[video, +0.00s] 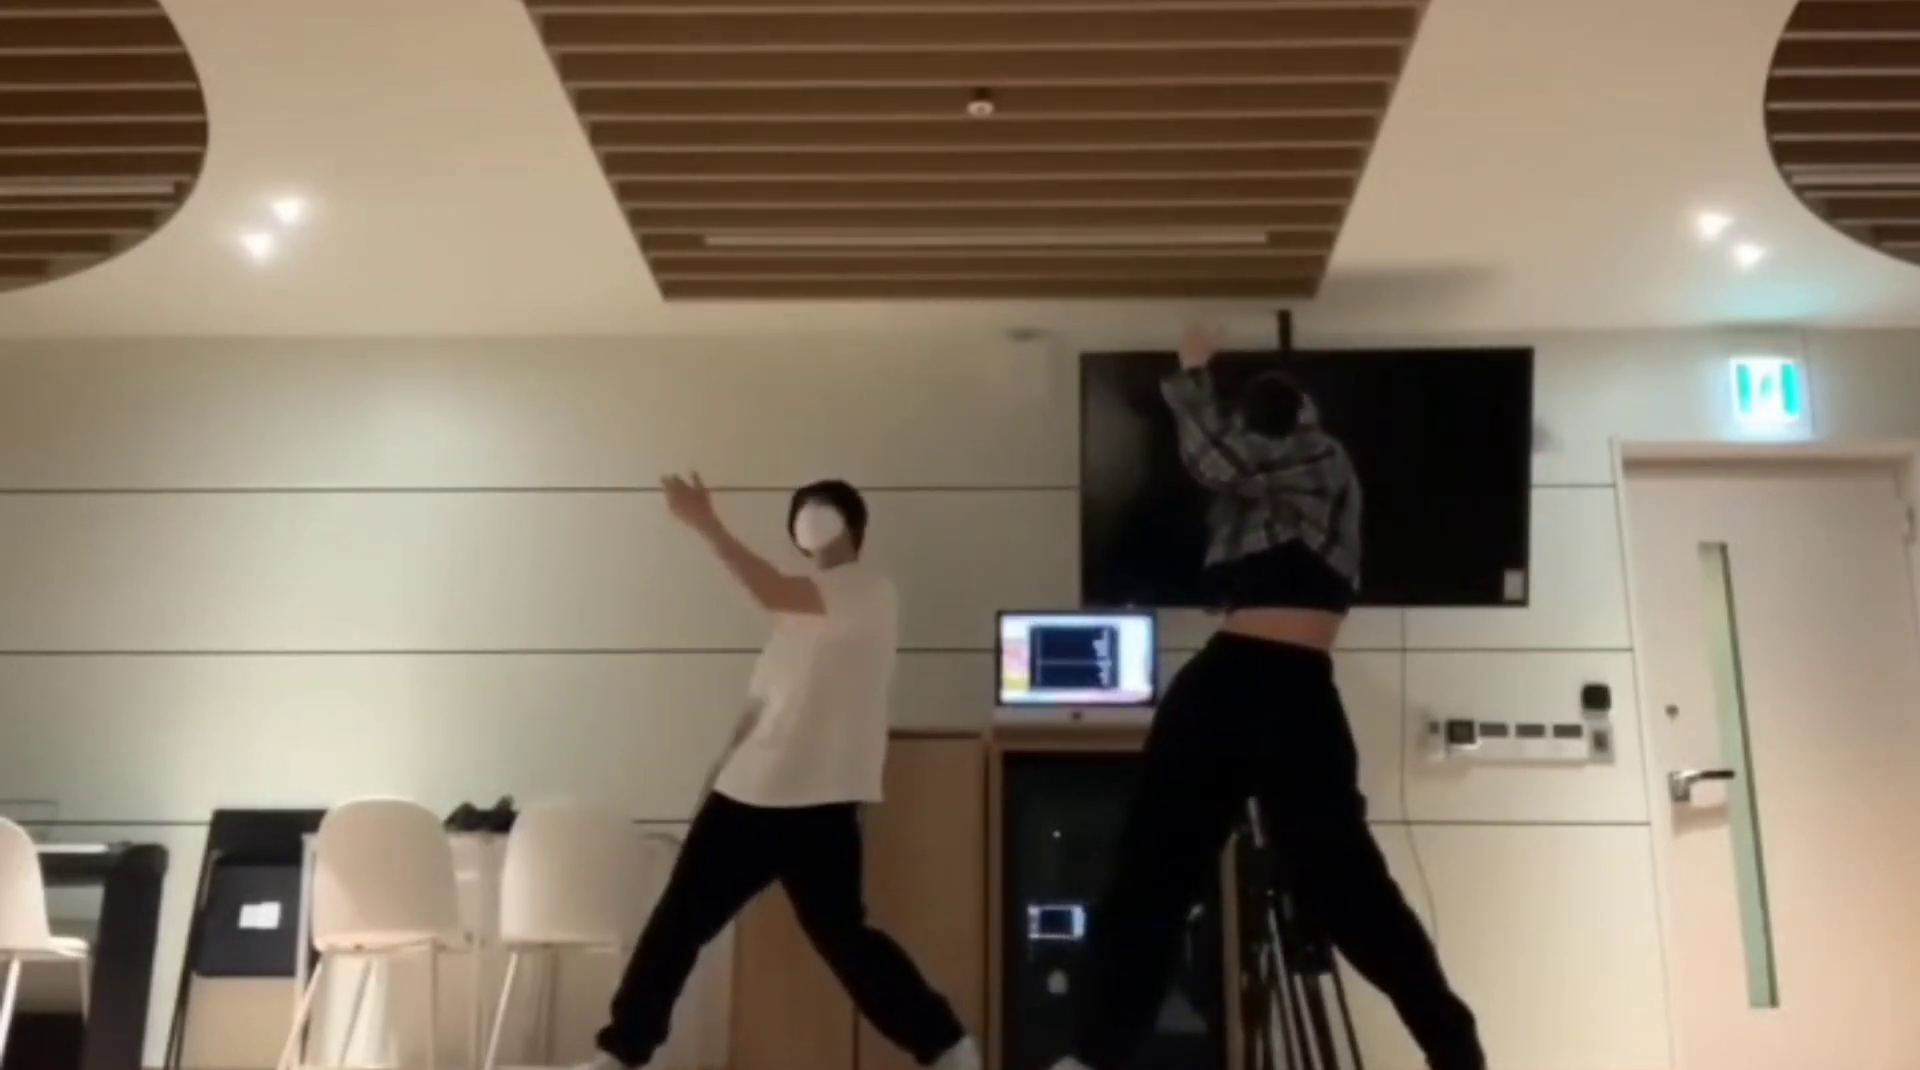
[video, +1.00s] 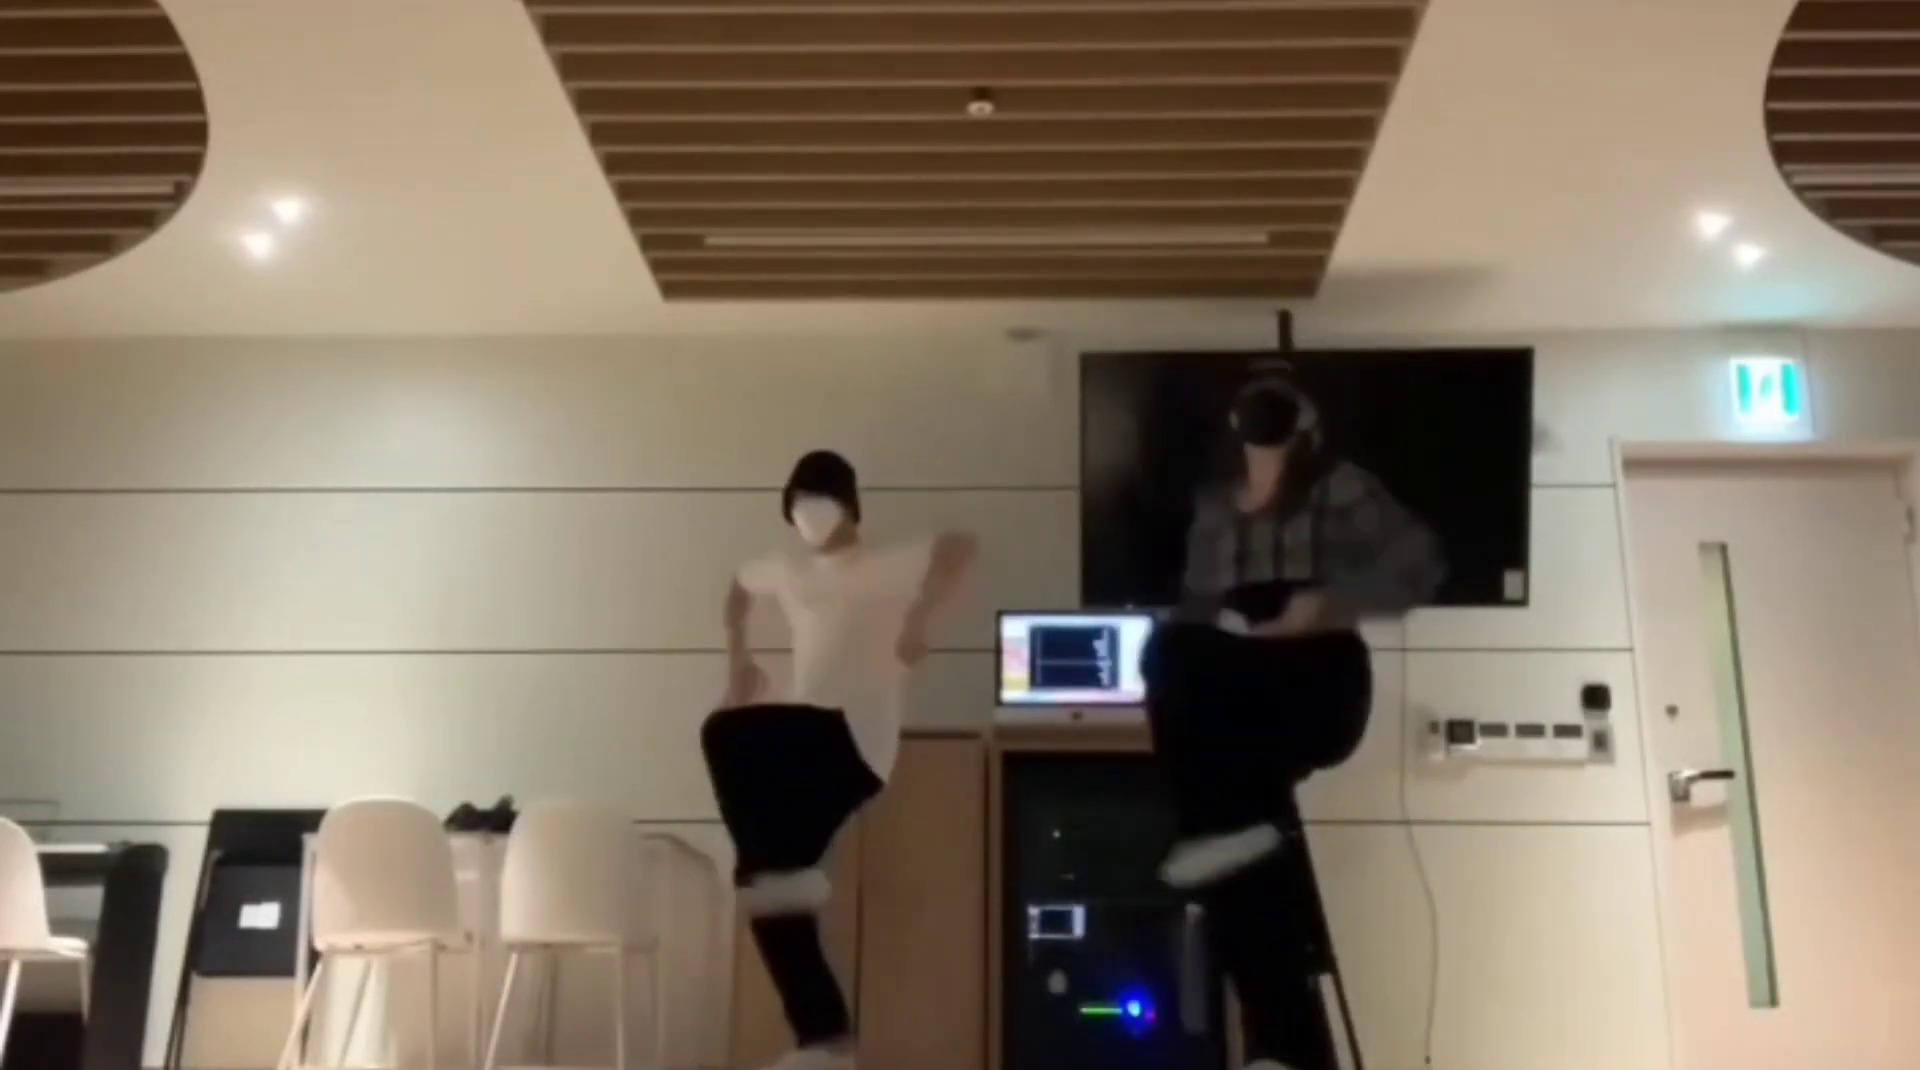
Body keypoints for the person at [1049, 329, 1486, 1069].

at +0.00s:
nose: (1241, 434)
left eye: (1243, 423)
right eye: (1243, 425)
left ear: (1250, 419)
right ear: (1301, 412)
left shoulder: (1261, 462)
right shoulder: (1333, 463)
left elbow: (1212, 460)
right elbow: (1237, 448)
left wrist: (1191, 381)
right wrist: (1208, 389)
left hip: (1232, 677)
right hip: (1303, 683)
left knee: (1156, 863)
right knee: (1342, 874)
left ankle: (1099, 1048)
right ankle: (1453, 1045)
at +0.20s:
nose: (1256, 441)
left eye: (1260, 427)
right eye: (1255, 429)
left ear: (1270, 421)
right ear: (1310, 415)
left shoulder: (1333, 460)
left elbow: (1229, 491)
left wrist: (1185, 405)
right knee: (1347, 888)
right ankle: (1452, 1047)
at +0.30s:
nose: (1264, 402)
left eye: (1267, 391)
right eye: (1266, 392)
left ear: (1281, 388)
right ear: (1329, 380)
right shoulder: (1272, 455)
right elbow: (1280, 557)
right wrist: (1200, 535)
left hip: (1326, 660)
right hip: (1279, 661)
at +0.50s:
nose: (1288, 388)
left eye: (1298, 372)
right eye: (1280, 374)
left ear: (1324, 374)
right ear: (1264, 375)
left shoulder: (1360, 432)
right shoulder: (1243, 454)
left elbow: (1410, 364)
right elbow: (1157, 495)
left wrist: (1318, 388)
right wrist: (1183, 467)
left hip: (1348, 637)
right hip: (1267, 646)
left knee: (1395, 836)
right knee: (1267, 852)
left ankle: (1448, 1034)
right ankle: (1292, 1041)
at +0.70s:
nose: (1278, 378)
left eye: (1285, 364)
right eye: (1270, 365)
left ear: (1290, 369)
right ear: (1264, 375)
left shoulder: (1352, 434)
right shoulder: (1232, 450)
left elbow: (1443, 388)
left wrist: (1351, 398)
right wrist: (1187, 484)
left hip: (1336, 644)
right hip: (1253, 652)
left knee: (1387, 846)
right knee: (1276, 856)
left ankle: (1450, 1047)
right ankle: (1291, 1044)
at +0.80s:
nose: (1264, 408)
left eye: (1277, 390)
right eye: (1252, 392)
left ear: (1305, 381)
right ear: (1237, 389)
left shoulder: (1349, 442)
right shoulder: (1231, 462)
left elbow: (1413, 514)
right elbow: (1207, 562)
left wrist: (1356, 574)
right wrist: (1171, 632)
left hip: (1323, 657)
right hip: (1248, 663)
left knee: (1325, 863)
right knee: (1264, 867)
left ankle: (1423, 1007)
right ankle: (1291, 1046)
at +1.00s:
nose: (1257, 470)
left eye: (1272, 454)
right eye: (1247, 452)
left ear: (1299, 437)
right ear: (1236, 440)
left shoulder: (1341, 494)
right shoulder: (1215, 509)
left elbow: (1420, 564)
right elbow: (1195, 606)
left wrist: (1329, 605)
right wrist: (1214, 628)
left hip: (1324, 686)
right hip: (1235, 695)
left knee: (1179, 654)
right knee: (1234, 826)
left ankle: (1224, 822)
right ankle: (1281, 1043)